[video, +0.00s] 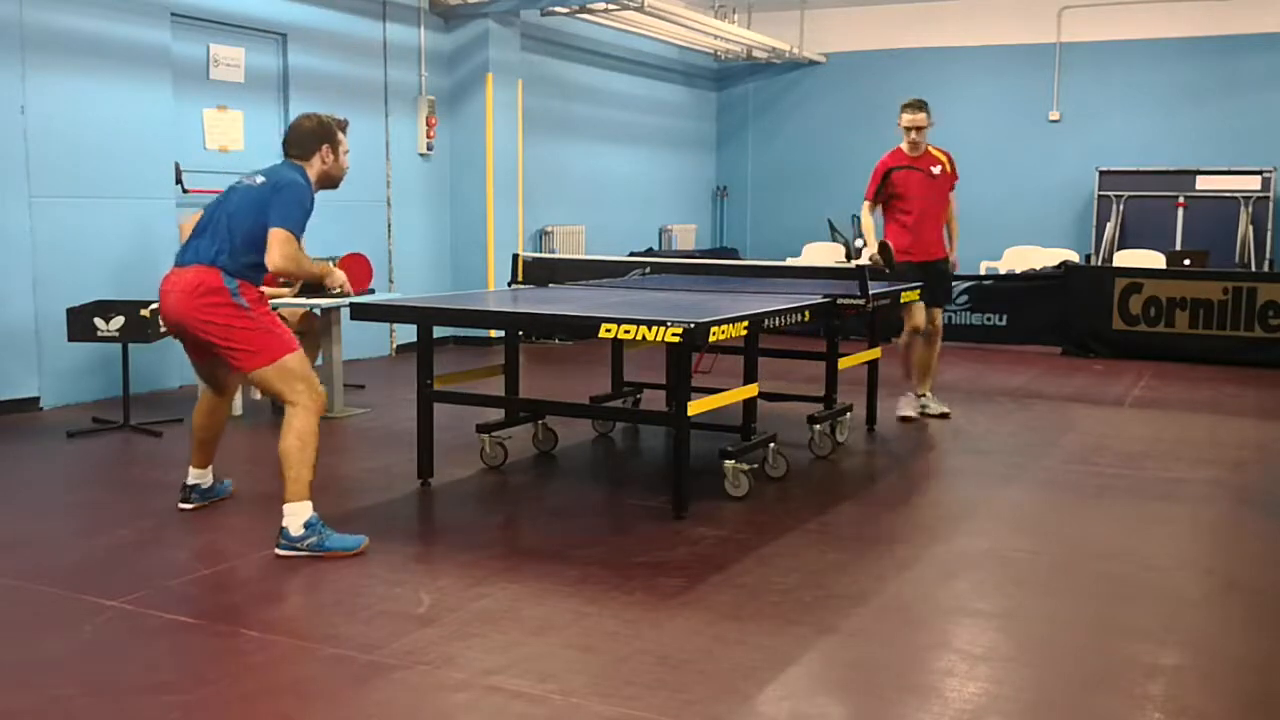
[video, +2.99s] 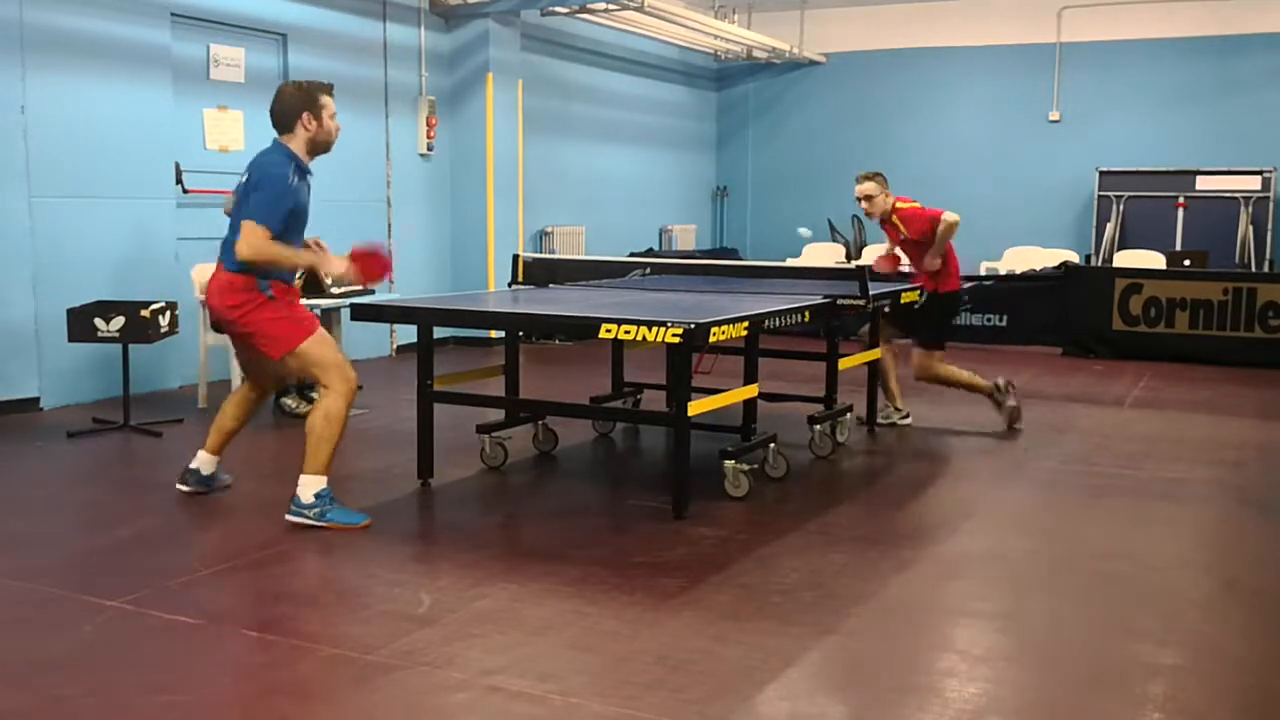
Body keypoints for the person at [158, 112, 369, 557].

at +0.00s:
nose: (347, 162)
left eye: (347, 153)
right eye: (344, 152)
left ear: (296, 152)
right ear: (324, 154)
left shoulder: (252, 180)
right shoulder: (295, 185)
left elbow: (192, 229)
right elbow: (281, 258)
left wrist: (244, 273)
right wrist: (324, 271)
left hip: (176, 289)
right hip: (217, 290)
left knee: (221, 384)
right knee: (306, 396)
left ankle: (198, 483)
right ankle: (299, 525)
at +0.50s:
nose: (349, 224)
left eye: (348, 215)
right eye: (346, 214)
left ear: (296, 211)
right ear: (327, 217)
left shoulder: (259, 229)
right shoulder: (291, 249)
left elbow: (187, 248)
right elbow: (285, 336)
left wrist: (182, 303)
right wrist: (329, 322)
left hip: (159, 328)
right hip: (188, 334)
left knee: (227, 379)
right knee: (311, 397)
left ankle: (191, 482)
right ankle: (297, 526)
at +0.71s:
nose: (342, 217)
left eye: (341, 207)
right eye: (338, 207)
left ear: (296, 207)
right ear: (319, 212)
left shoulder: (254, 228)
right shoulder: (285, 244)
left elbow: (185, 248)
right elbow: (285, 333)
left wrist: (186, 301)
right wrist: (328, 308)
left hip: (159, 327)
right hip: (186, 333)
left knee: (230, 376)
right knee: (306, 396)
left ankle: (191, 481)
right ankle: (298, 526)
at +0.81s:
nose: (340, 209)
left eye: (339, 199)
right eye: (336, 200)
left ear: (293, 202)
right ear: (316, 205)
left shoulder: (255, 224)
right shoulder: (285, 238)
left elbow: (186, 257)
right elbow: (286, 328)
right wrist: (328, 302)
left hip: (159, 325)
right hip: (187, 330)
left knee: (227, 377)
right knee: (306, 397)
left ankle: (191, 482)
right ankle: (298, 526)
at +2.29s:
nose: (337, 143)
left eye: (333, 134)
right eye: (332, 135)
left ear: (289, 146)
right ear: (315, 145)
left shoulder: (249, 180)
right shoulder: (299, 196)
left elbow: (189, 220)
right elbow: (306, 280)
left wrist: (222, 268)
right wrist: (353, 259)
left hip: (191, 306)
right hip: (232, 310)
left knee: (230, 383)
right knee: (332, 401)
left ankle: (192, 481)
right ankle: (301, 525)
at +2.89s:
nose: (331, 111)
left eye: (329, 103)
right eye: (325, 103)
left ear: (291, 109)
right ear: (303, 109)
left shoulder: (256, 146)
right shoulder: (280, 158)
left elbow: (214, 192)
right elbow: (272, 238)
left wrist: (263, 225)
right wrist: (338, 225)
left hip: (221, 278)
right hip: (247, 282)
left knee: (261, 373)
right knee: (323, 381)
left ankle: (198, 458)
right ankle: (304, 501)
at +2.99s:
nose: (337, 125)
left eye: (335, 116)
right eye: (331, 116)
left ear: (300, 123)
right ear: (307, 122)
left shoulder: (281, 162)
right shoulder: (280, 169)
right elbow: (250, 247)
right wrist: (316, 261)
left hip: (234, 290)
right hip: (251, 294)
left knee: (263, 381)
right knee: (341, 379)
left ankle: (201, 467)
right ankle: (310, 496)